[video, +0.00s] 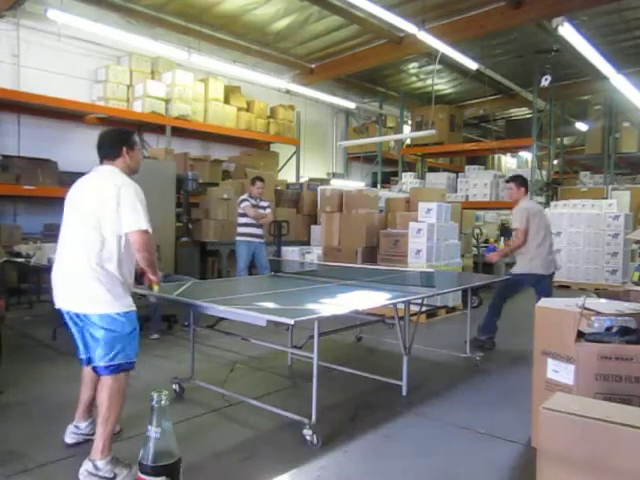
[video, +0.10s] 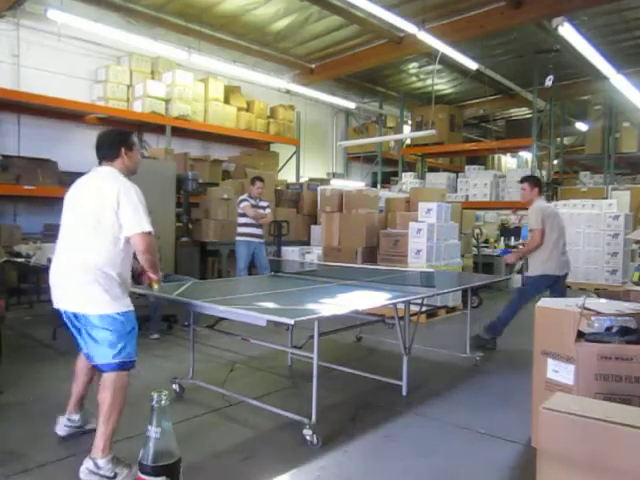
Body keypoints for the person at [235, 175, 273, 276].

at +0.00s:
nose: (260, 191)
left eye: (262, 188)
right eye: (258, 188)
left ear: (264, 189)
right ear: (251, 188)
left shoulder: (265, 203)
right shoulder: (244, 199)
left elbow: (270, 218)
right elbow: (252, 213)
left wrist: (258, 220)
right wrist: (265, 215)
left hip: (259, 240)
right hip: (244, 239)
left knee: (265, 269)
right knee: (242, 270)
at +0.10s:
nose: (260, 191)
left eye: (262, 188)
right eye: (258, 188)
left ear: (263, 189)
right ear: (251, 187)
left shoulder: (265, 203)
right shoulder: (243, 200)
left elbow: (270, 217)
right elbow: (251, 213)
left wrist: (258, 221)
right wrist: (265, 215)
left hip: (259, 240)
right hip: (244, 240)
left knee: (265, 269)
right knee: (242, 269)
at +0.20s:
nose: (259, 191)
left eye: (261, 188)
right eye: (257, 188)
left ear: (263, 189)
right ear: (250, 188)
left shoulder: (264, 203)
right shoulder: (243, 199)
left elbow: (270, 217)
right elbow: (250, 213)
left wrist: (258, 220)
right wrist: (264, 215)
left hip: (259, 240)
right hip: (244, 239)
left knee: (264, 269)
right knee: (242, 270)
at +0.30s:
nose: (259, 191)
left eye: (261, 188)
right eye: (257, 188)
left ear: (263, 189)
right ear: (250, 187)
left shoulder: (264, 202)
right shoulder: (243, 199)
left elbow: (270, 217)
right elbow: (251, 213)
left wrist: (258, 220)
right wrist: (264, 214)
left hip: (259, 240)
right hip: (244, 239)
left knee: (264, 269)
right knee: (243, 270)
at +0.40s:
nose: (260, 190)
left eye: (262, 188)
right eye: (257, 187)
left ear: (263, 188)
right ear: (251, 187)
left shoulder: (265, 202)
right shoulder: (243, 200)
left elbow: (270, 217)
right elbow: (251, 213)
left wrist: (258, 219)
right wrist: (264, 214)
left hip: (260, 239)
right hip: (246, 239)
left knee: (265, 268)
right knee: (244, 269)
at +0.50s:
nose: (260, 190)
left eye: (262, 187)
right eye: (258, 187)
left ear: (264, 188)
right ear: (251, 187)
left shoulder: (267, 202)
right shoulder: (245, 199)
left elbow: (272, 217)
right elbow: (252, 213)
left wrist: (258, 217)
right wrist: (266, 214)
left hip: (263, 239)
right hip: (248, 239)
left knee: (266, 268)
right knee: (245, 269)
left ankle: (267, 290)